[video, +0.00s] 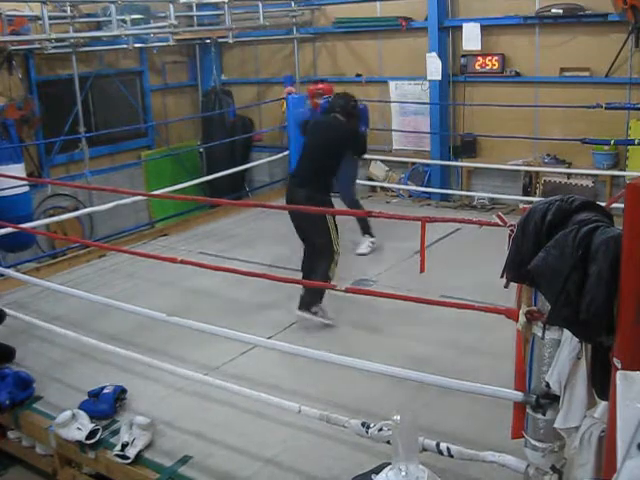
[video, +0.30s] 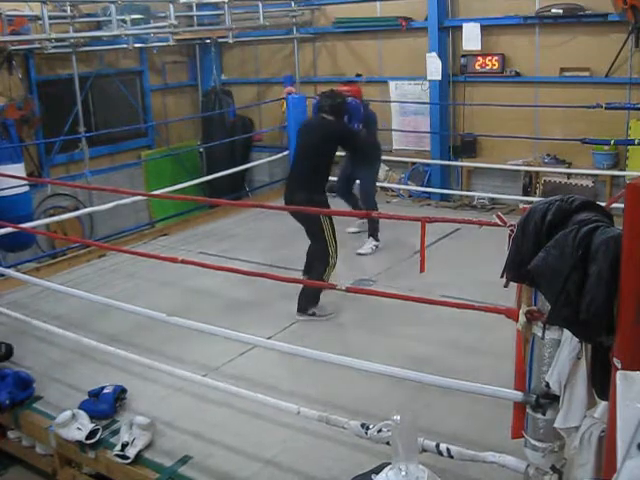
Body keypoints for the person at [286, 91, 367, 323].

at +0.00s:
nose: (355, 117)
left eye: (354, 112)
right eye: (354, 113)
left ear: (332, 108)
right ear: (349, 113)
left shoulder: (315, 123)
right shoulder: (347, 131)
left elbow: (303, 126)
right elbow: (360, 150)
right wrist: (357, 128)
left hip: (295, 192)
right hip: (316, 196)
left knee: (312, 246)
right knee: (328, 250)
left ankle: (308, 299)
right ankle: (312, 303)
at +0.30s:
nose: (346, 114)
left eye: (345, 111)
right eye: (345, 111)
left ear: (320, 109)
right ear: (340, 111)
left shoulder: (307, 126)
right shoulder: (335, 129)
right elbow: (366, 149)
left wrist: (353, 133)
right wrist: (365, 132)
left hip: (293, 196)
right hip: (312, 198)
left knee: (318, 243)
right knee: (328, 254)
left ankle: (311, 286)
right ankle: (307, 305)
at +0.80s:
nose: (338, 112)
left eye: (339, 108)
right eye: (337, 108)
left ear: (318, 103)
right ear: (329, 107)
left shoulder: (307, 117)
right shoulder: (319, 122)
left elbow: (335, 141)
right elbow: (338, 143)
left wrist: (342, 124)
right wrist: (345, 124)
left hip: (302, 183)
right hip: (293, 185)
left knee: (321, 227)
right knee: (312, 235)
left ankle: (318, 270)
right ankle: (271, 272)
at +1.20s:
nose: (305, 134)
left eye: (306, 129)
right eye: (302, 129)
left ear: (285, 123)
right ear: (291, 128)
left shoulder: (284, 140)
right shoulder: (270, 145)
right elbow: (304, 162)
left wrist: (323, 127)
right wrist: (317, 143)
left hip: (280, 192)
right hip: (262, 199)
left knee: (307, 226)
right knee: (271, 250)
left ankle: (317, 260)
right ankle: (240, 281)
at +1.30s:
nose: (298, 140)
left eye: (300, 136)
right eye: (296, 135)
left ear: (282, 128)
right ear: (285, 133)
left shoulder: (277, 137)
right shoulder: (263, 150)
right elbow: (296, 169)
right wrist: (312, 153)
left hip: (280, 191)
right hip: (261, 198)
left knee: (307, 220)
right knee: (270, 250)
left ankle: (318, 251)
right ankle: (241, 281)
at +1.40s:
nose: (300, 141)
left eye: (302, 136)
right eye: (299, 136)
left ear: (285, 127)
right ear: (288, 133)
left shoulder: (279, 137)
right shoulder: (265, 149)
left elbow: (299, 152)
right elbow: (296, 170)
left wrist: (314, 140)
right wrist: (314, 152)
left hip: (279, 191)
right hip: (260, 198)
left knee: (307, 222)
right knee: (271, 250)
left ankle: (321, 254)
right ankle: (241, 281)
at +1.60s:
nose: (318, 133)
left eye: (320, 129)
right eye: (316, 129)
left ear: (296, 125)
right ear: (306, 131)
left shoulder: (284, 134)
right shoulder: (291, 149)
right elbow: (321, 163)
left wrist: (322, 130)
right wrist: (332, 142)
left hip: (281, 200)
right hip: (263, 207)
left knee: (307, 243)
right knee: (280, 257)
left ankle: (312, 282)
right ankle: (241, 276)